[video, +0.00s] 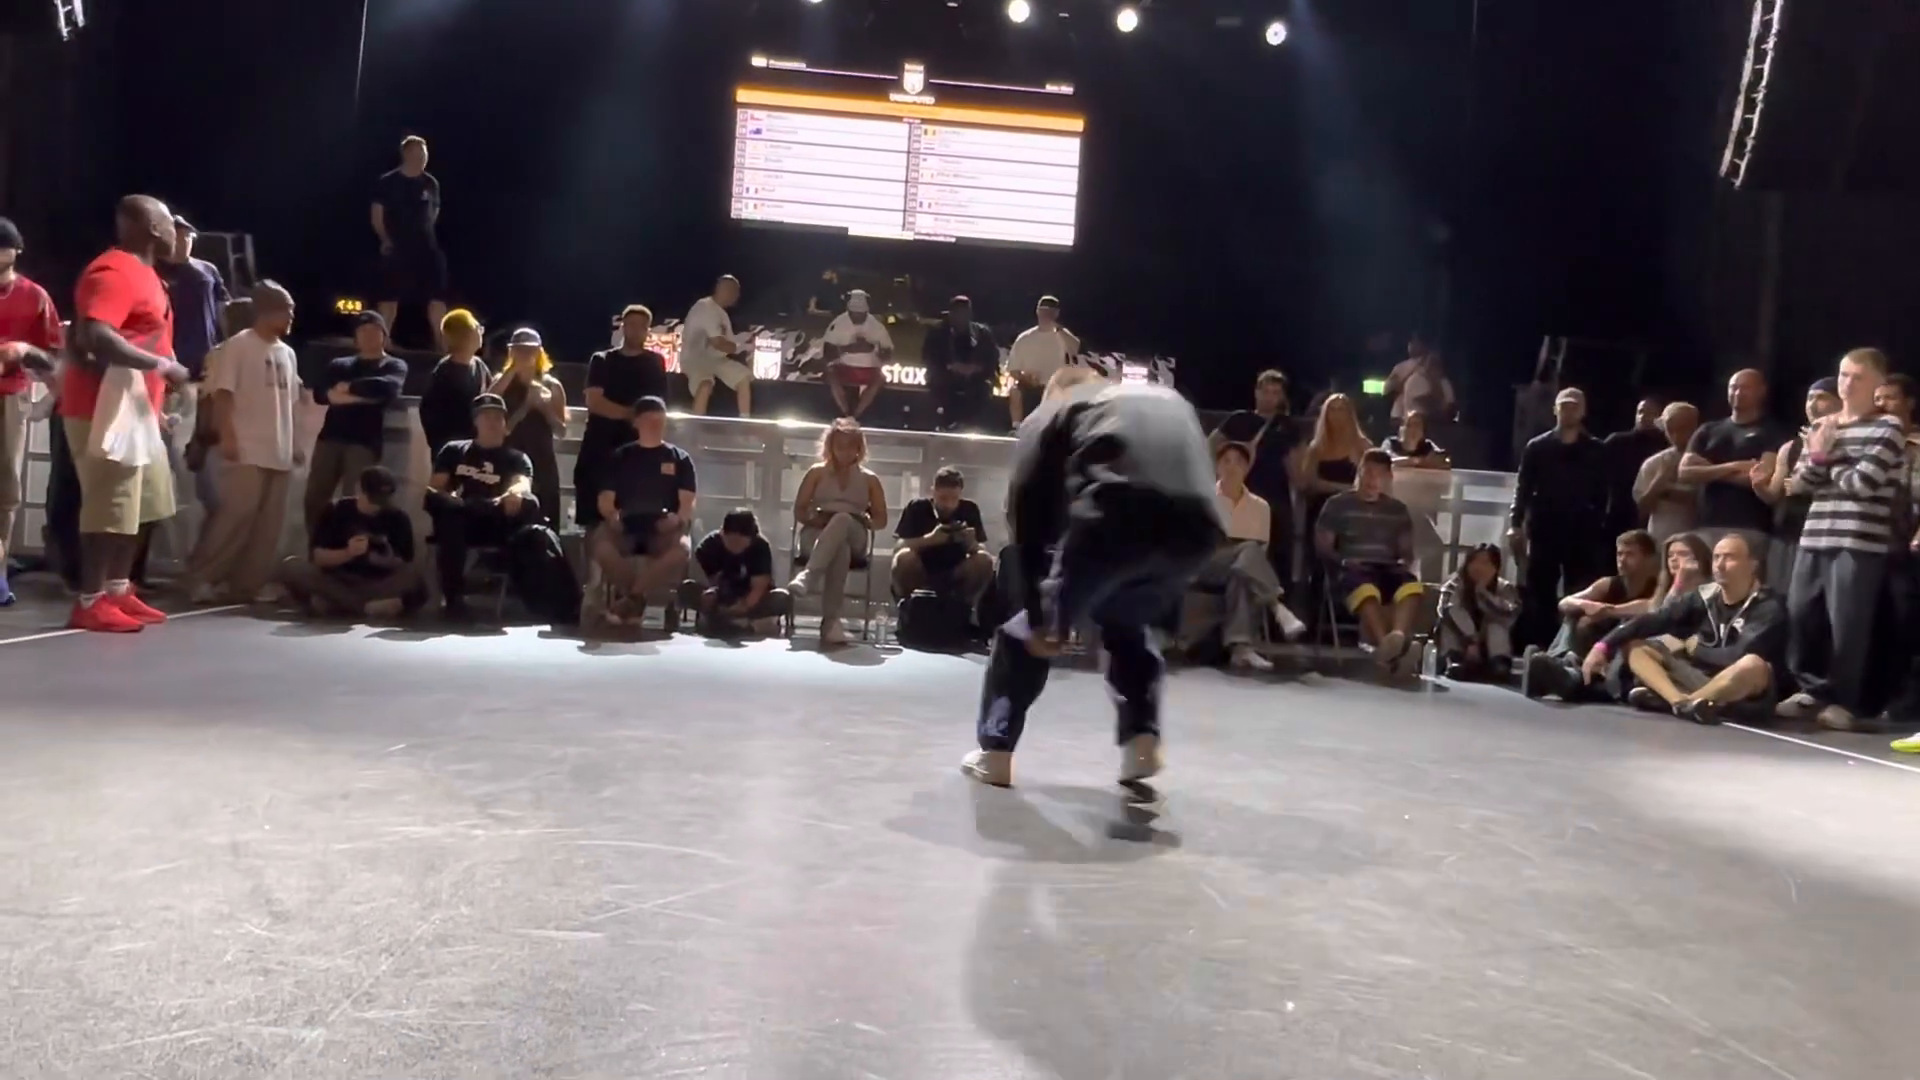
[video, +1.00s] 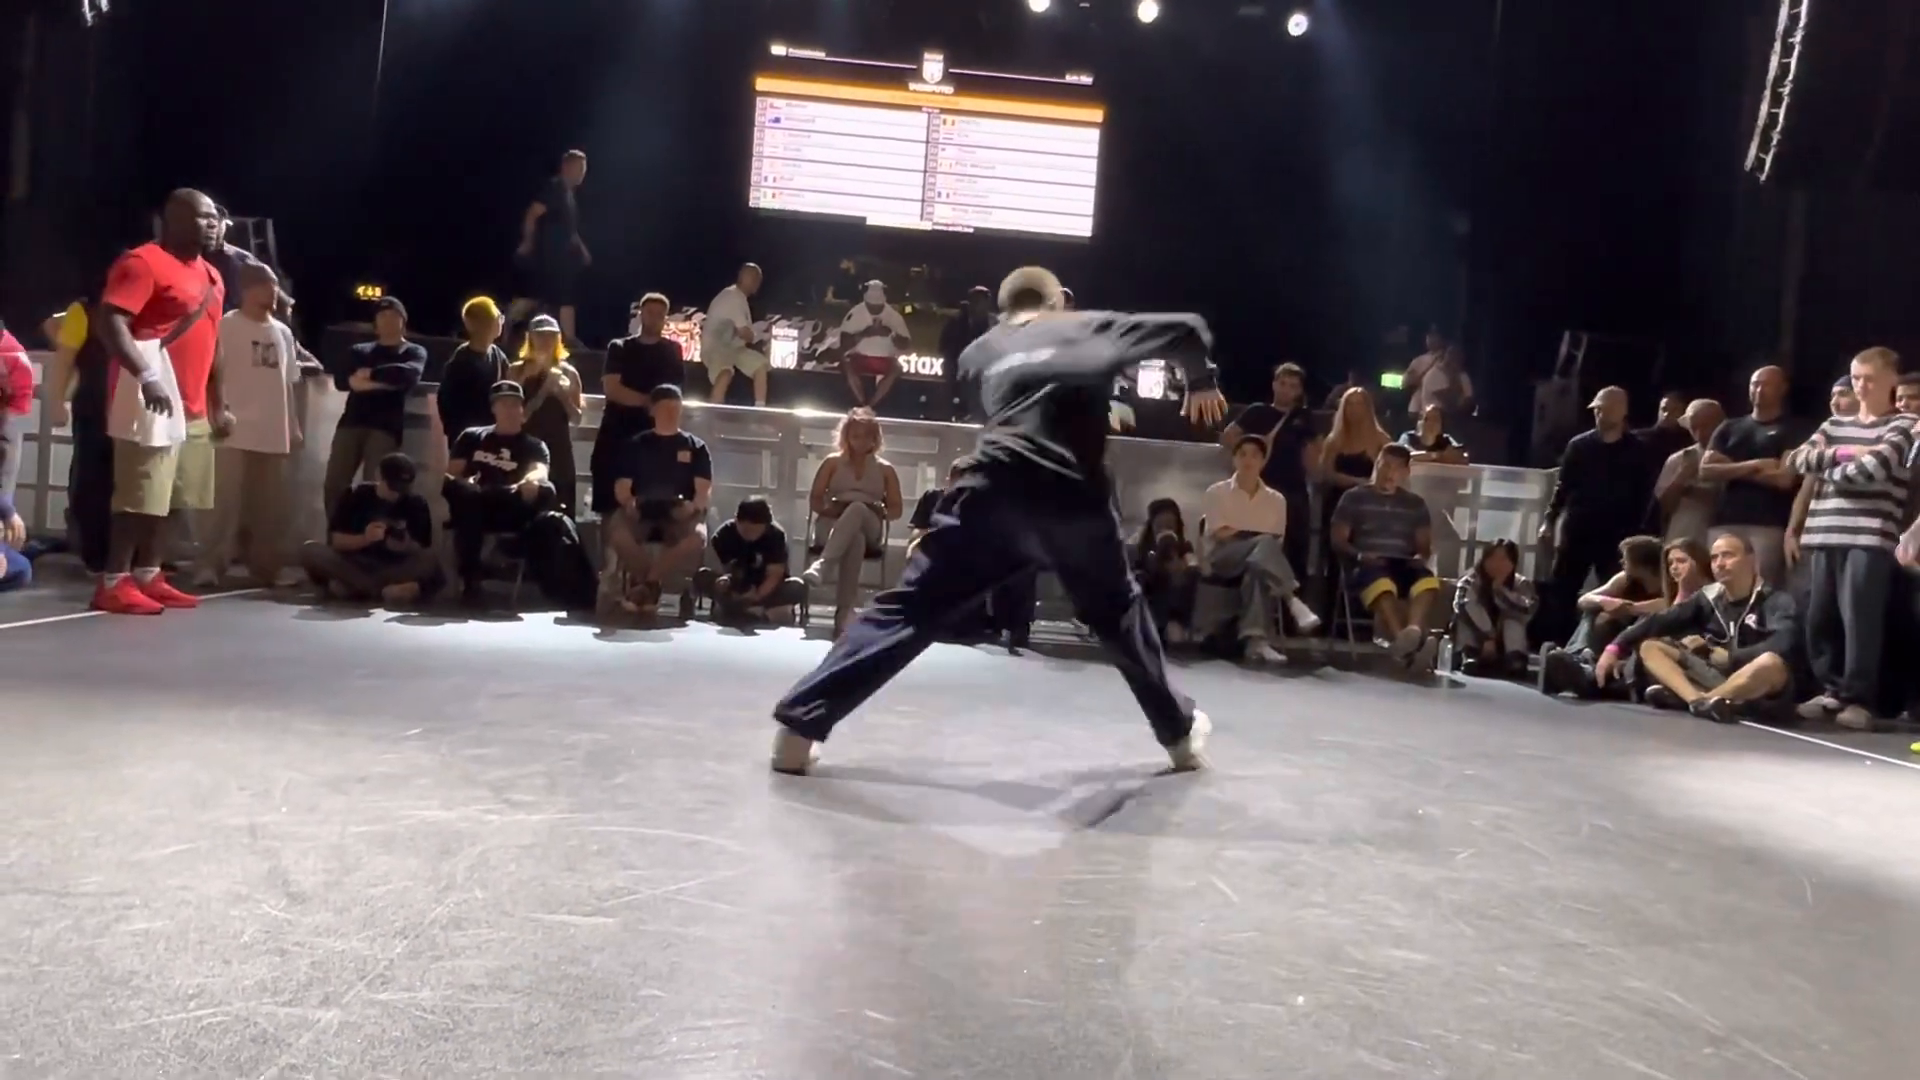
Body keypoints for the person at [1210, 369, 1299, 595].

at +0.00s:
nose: (1269, 397)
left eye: (1275, 393)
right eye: (1265, 391)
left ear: (1282, 397)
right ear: (1256, 393)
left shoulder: (1288, 427)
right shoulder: (1239, 421)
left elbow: (1295, 468)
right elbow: (1211, 447)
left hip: (1276, 497)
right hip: (1240, 494)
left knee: (1278, 553)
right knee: (1237, 548)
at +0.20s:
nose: (1272, 396)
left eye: (1278, 392)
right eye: (1268, 390)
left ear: (1286, 396)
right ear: (1260, 392)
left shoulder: (1291, 425)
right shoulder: (1244, 418)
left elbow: (1299, 462)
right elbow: (1214, 444)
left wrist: (1302, 484)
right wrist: (1232, 474)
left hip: (1279, 497)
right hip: (1243, 495)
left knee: (1281, 553)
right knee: (1240, 549)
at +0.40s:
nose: (1275, 395)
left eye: (1281, 391)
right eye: (1271, 389)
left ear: (1290, 396)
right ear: (1263, 391)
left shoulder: (1295, 424)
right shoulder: (1246, 417)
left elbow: (1301, 461)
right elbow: (1216, 444)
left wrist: (1306, 483)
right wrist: (1239, 472)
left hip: (1283, 496)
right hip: (1247, 493)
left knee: (1284, 552)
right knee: (1243, 548)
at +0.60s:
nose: (1280, 394)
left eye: (1286, 390)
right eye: (1275, 388)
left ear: (1293, 395)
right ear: (1267, 390)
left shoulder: (1298, 422)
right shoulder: (1251, 416)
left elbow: (1307, 456)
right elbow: (1223, 441)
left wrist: (1306, 477)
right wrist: (1243, 467)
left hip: (1286, 494)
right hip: (1252, 492)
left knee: (1289, 549)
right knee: (1248, 546)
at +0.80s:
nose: (1282, 393)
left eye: (1288, 389)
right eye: (1278, 387)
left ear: (1296, 393)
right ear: (1270, 389)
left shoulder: (1300, 421)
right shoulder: (1254, 415)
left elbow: (1310, 455)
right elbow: (1223, 440)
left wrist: (1309, 477)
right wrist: (1247, 462)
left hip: (1289, 493)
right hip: (1255, 492)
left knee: (1291, 550)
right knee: (1252, 546)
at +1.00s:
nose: (1286, 389)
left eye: (1292, 386)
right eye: (1282, 384)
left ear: (1300, 391)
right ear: (1273, 386)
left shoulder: (1305, 418)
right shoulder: (1257, 413)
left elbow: (1312, 459)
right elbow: (1228, 436)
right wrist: (1254, 450)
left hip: (1293, 491)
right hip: (1260, 488)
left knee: (1295, 548)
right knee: (1260, 543)